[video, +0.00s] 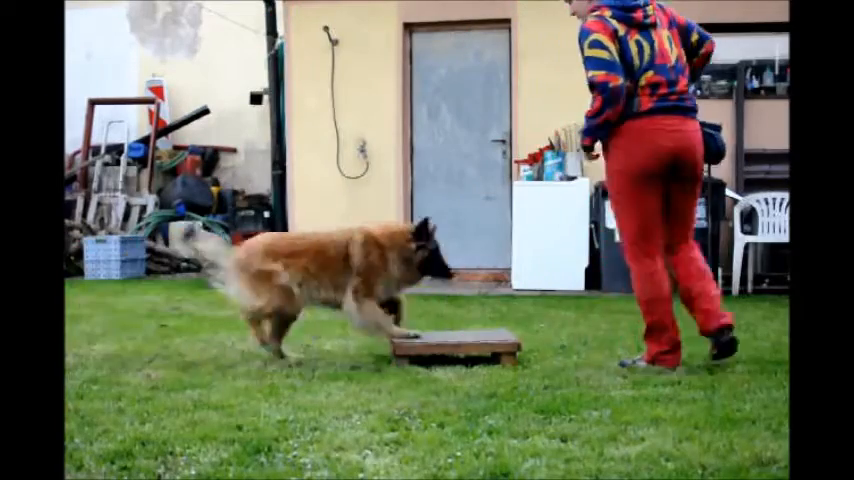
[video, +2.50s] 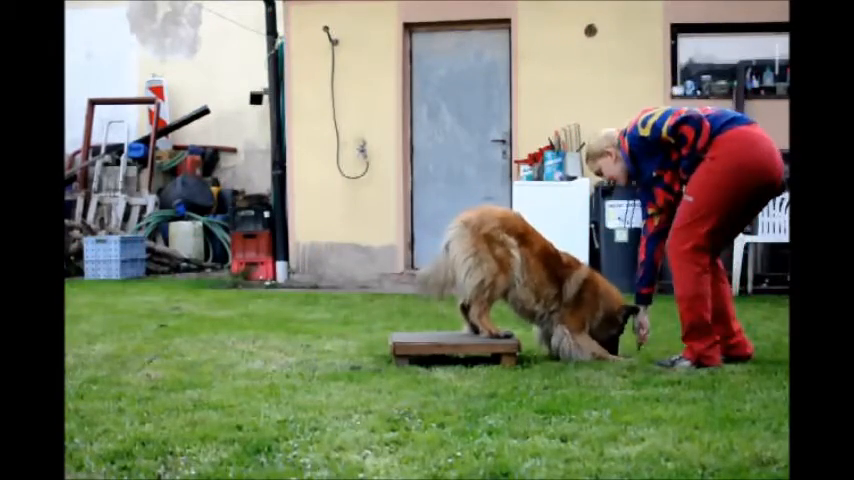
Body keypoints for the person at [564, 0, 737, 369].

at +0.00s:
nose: (570, 10)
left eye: (570, 3)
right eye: (568, 5)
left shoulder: (594, 25)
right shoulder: (660, 12)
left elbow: (611, 87)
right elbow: (703, 45)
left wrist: (589, 134)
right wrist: (678, 86)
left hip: (636, 136)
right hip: (686, 132)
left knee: (643, 252)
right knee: (680, 243)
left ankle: (662, 352)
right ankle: (717, 323)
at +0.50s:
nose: (585, 115)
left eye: (584, 105)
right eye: (581, 109)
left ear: (601, 92)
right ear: (602, 96)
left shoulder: (629, 87)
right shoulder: (631, 130)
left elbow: (674, 117)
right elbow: (637, 194)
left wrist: (661, 173)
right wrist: (624, 266)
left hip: (718, 144)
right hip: (745, 148)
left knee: (664, 245)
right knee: (705, 253)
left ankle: (662, 354)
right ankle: (735, 347)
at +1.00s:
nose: (602, 122)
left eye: (600, 112)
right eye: (598, 116)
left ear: (613, 97)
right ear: (615, 99)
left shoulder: (635, 92)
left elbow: (675, 118)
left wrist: (671, 172)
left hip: (722, 139)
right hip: (758, 142)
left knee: (676, 249)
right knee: (717, 249)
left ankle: (663, 354)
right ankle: (736, 347)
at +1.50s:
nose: (657, 23)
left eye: (659, 13)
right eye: (654, 16)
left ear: (682, 6)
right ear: (685, 8)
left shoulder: (695, 39)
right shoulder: (722, 36)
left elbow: (694, 99)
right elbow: (730, 98)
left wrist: (667, 123)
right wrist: (685, 121)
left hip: (720, 144)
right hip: (754, 143)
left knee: (684, 247)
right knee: (728, 250)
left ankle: (668, 350)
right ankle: (738, 346)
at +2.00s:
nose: (619, 69)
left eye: (619, 60)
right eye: (614, 64)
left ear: (637, 45)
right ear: (637, 49)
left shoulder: (672, 54)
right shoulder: (672, 58)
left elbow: (711, 100)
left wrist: (690, 156)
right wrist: (690, 176)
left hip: (739, 139)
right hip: (758, 138)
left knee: (706, 243)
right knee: (733, 247)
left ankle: (704, 350)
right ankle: (737, 344)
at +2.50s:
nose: (606, 180)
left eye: (601, 172)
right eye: (600, 177)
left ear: (610, 153)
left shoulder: (636, 131)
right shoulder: (657, 179)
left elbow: (691, 123)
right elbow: (654, 230)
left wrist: (687, 177)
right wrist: (642, 306)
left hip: (739, 149)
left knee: (683, 245)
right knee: (702, 252)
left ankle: (701, 351)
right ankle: (732, 344)